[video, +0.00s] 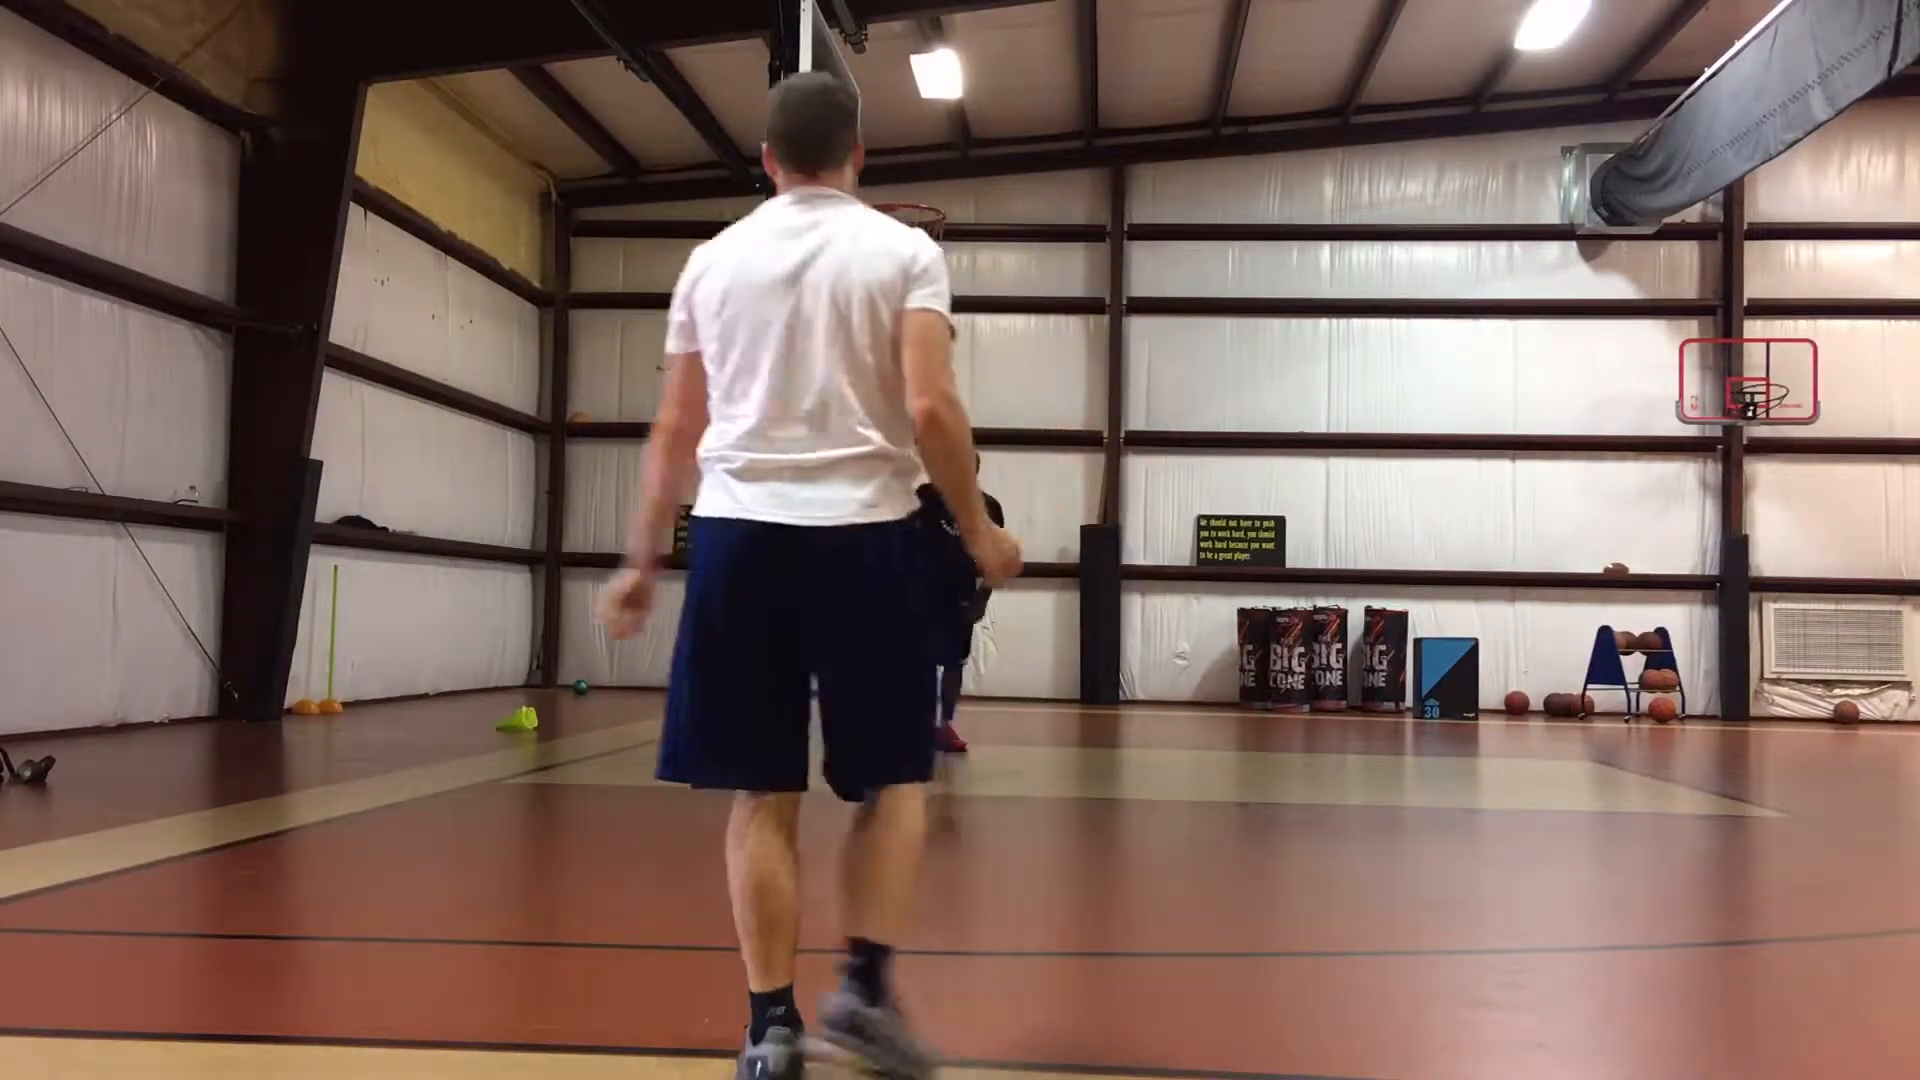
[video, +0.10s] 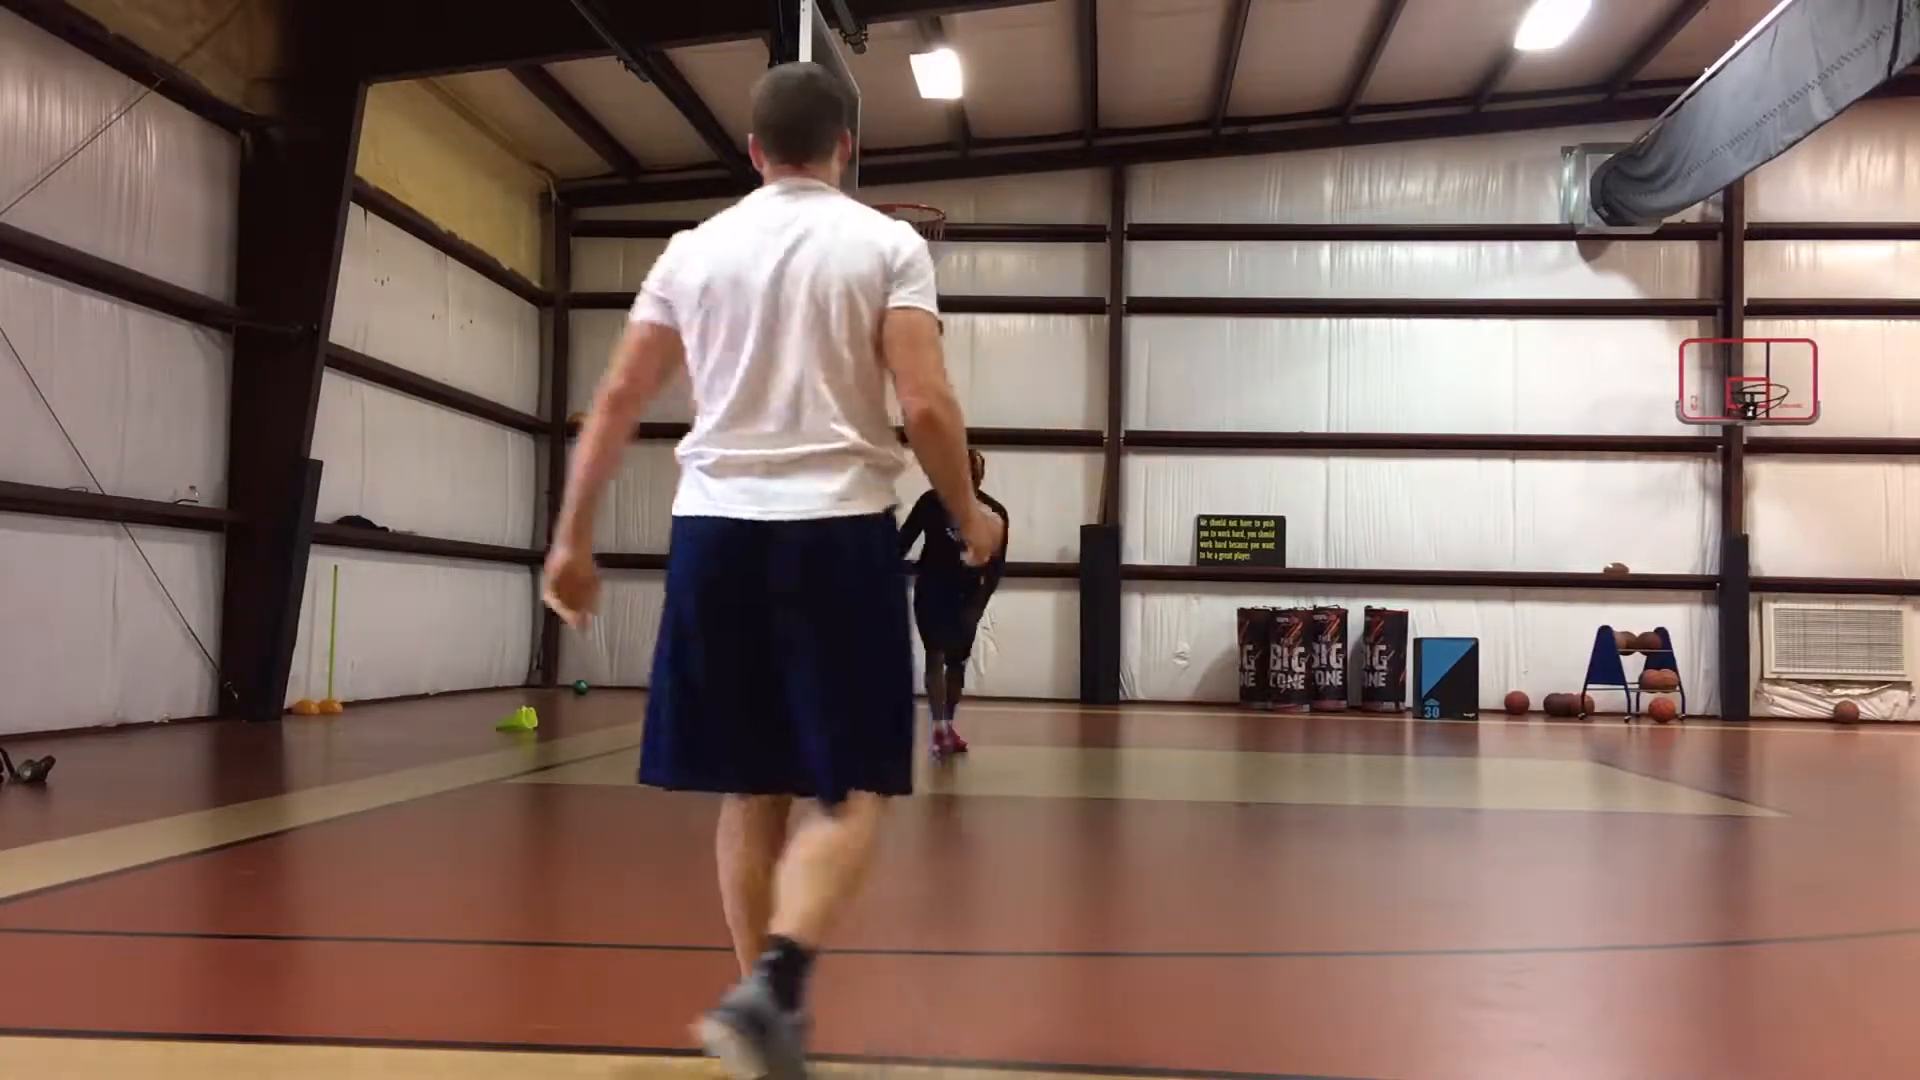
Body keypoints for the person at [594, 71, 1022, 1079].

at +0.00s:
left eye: (775, 153)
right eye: (856, 151)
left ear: (765, 160)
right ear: (860, 155)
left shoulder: (710, 262)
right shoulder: (904, 250)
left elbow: (675, 432)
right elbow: (931, 407)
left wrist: (642, 558)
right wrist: (978, 529)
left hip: (738, 556)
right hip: (871, 555)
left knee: (760, 790)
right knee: (892, 779)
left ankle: (772, 1030)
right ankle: (866, 988)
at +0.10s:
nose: (852, 159)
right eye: (856, 146)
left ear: (751, 152)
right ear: (846, 149)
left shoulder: (690, 255)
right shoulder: (887, 243)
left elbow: (616, 404)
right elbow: (926, 404)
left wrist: (570, 538)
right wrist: (967, 509)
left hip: (715, 545)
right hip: (840, 544)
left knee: (751, 785)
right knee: (851, 789)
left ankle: (771, 1019)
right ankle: (771, 988)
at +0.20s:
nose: (847, 156)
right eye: (849, 144)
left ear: (745, 144)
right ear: (839, 145)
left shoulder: (676, 239)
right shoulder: (878, 242)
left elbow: (591, 373)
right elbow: (938, 409)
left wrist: (537, 516)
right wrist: (965, 503)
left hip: (685, 533)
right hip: (809, 533)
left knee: (726, 782)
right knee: (784, 788)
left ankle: (764, 1026)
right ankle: (715, 1031)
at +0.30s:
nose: (847, 161)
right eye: (848, 148)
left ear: (742, 142)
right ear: (837, 147)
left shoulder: (661, 232)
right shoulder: (868, 247)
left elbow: (587, 366)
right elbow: (934, 417)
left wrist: (524, 508)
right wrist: (960, 515)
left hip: (644, 521)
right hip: (776, 523)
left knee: (694, 783)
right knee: (739, 800)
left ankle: (735, 1020)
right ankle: (691, 1052)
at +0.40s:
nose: (790, 150)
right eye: (795, 137)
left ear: (688, 131)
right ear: (788, 138)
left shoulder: (606, 213)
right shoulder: (822, 239)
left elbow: (524, 357)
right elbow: (891, 427)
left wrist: (516, 507)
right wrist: (931, 568)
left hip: (587, 517)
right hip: (729, 523)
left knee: (572, 791)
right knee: (691, 810)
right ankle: (681, 1063)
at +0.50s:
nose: (653, 133)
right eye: (656, 118)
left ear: (551, 115)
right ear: (648, 121)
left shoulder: (464, 213)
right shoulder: (690, 230)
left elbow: (394, 376)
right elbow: (734, 398)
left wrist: (421, 522)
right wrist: (784, 563)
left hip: (465, 539)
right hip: (619, 547)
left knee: (388, 808)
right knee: (638, 826)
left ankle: (296, 1060)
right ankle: (672, 1066)